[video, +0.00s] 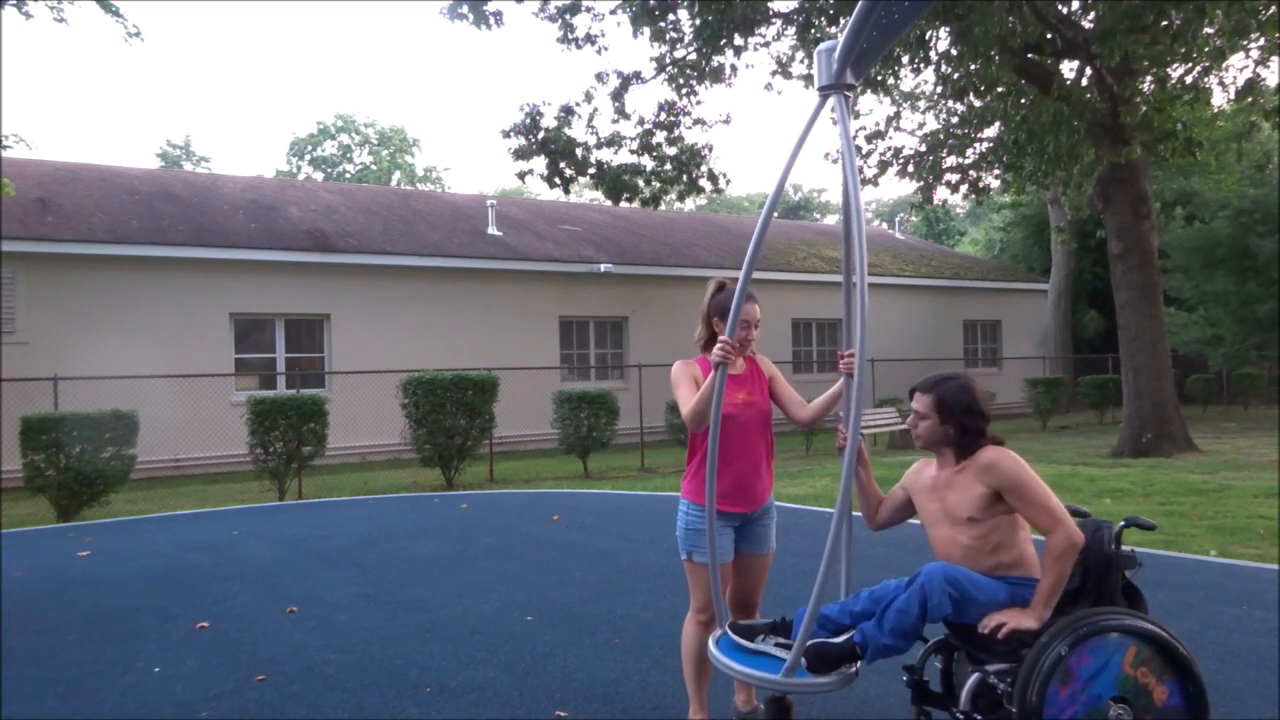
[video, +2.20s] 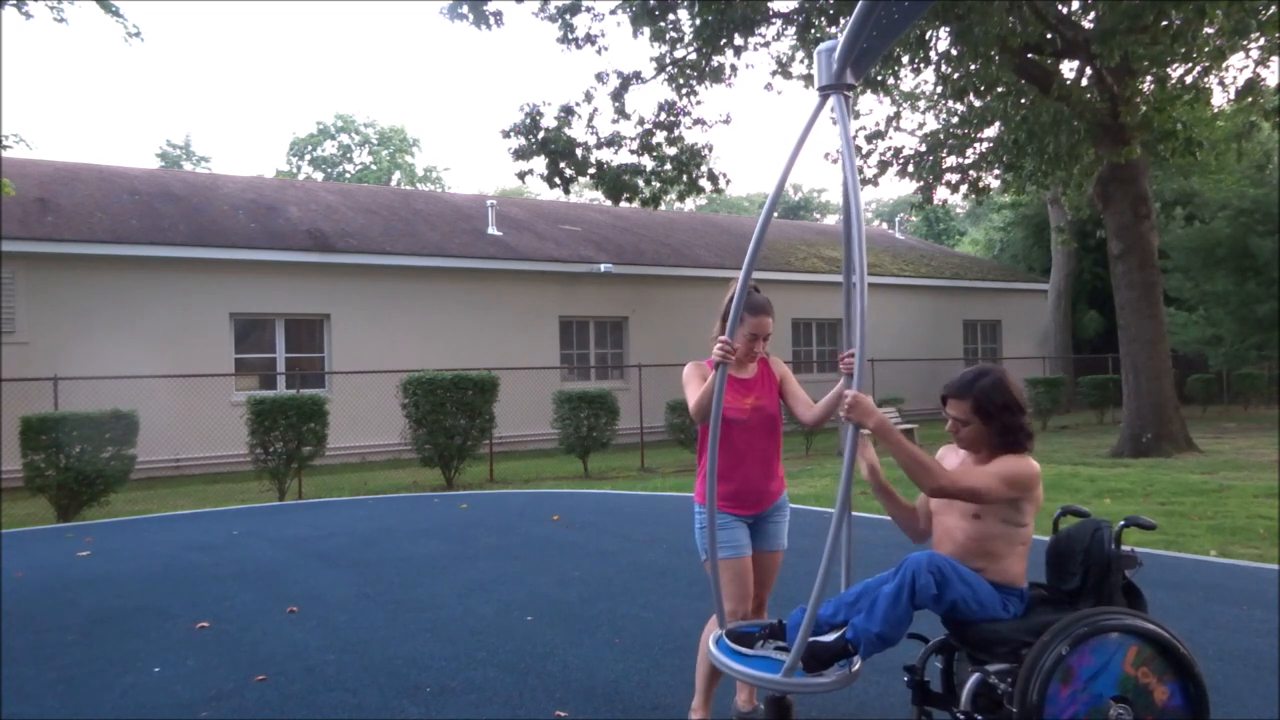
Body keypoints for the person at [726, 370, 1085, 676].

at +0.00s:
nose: (910, 424)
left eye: (919, 417)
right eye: (910, 415)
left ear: (952, 423)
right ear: (942, 423)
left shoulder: (995, 463)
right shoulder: (919, 473)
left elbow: (1067, 537)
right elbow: (877, 517)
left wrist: (1036, 613)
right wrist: (860, 462)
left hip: (1016, 596)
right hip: (961, 593)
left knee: (937, 576)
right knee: (888, 593)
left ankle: (854, 647)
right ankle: (787, 630)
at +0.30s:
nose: (893, 429)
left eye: (900, 421)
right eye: (891, 420)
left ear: (931, 419)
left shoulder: (976, 461)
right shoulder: (907, 462)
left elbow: (1043, 538)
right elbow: (889, 513)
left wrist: (1039, 621)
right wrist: (863, 460)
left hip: (1005, 586)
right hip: (944, 577)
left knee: (938, 599)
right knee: (883, 594)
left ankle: (854, 651)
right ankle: (792, 632)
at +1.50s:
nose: (910, 428)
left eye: (917, 419)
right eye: (907, 419)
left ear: (948, 414)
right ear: (915, 416)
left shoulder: (997, 467)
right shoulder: (920, 455)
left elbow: (1061, 544)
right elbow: (892, 515)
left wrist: (998, 601)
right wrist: (866, 463)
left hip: (986, 594)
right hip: (932, 584)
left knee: (921, 568)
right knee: (882, 577)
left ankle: (842, 646)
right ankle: (784, 631)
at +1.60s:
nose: (919, 428)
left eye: (928, 418)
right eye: (915, 419)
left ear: (959, 414)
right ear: (915, 414)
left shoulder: (1005, 469)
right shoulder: (926, 456)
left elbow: (1041, 555)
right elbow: (893, 514)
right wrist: (867, 461)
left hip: (995, 594)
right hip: (939, 581)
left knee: (913, 573)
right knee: (882, 578)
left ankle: (841, 647)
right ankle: (784, 631)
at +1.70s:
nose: (928, 426)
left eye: (937, 418)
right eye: (925, 416)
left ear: (967, 416)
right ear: (925, 412)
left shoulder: (1008, 466)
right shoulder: (931, 456)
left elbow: (1001, 549)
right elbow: (897, 516)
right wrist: (871, 468)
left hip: (993, 594)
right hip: (937, 584)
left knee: (924, 565)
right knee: (890, 577)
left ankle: (844, 645)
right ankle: (784, 630)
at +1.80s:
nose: (936, 426)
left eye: (945, 418)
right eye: (933, 417)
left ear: (977, 416)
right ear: (933, 414)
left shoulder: (1013, 467)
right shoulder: (938, 454)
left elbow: (953, 516)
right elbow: (899, 515)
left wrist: (884, 460)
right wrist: (866, 464)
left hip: (995, 595)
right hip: (939, 585)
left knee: (923, 564)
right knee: (893, 580)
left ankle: (844, 645)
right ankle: (785, 630)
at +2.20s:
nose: (950, 430)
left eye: (960, 423)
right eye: (947, 420)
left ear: (993, 421)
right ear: (946, 413)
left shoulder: (1022, 470)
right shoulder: (949, 456)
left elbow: (943, 484)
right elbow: (920, 529)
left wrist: (878, 424)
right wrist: (876, 482)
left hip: (998, 597)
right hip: (945, 583)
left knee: (925, 565)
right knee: (892, 584)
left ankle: (846, 643)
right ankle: (789, 629)